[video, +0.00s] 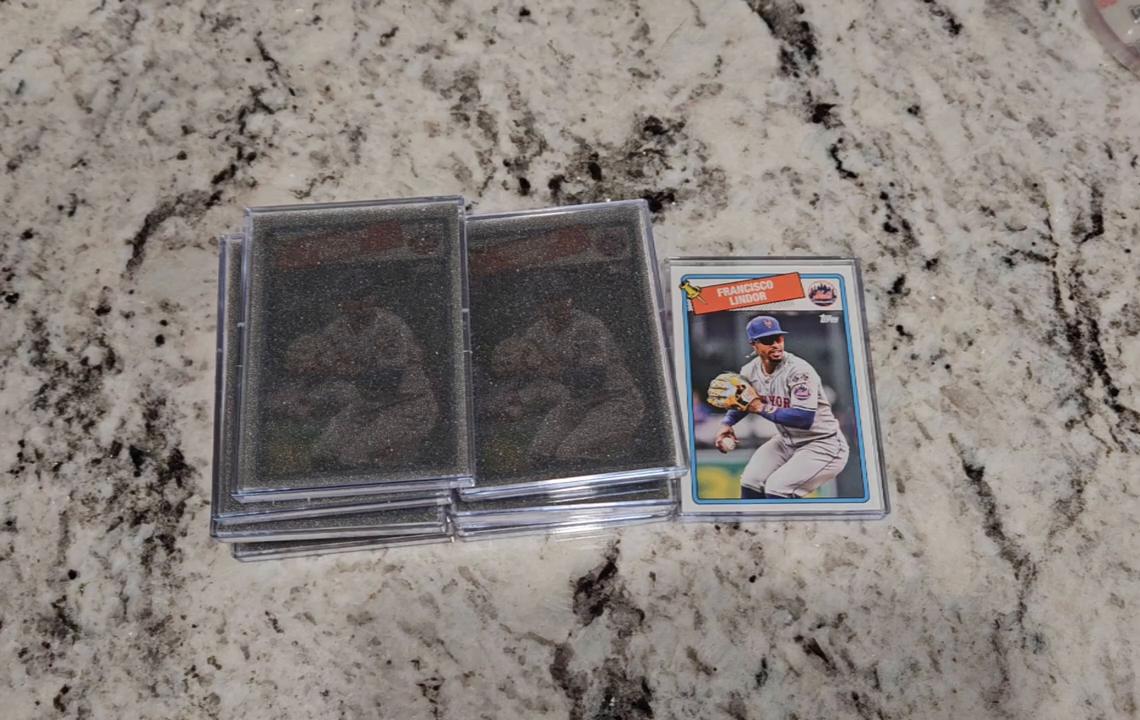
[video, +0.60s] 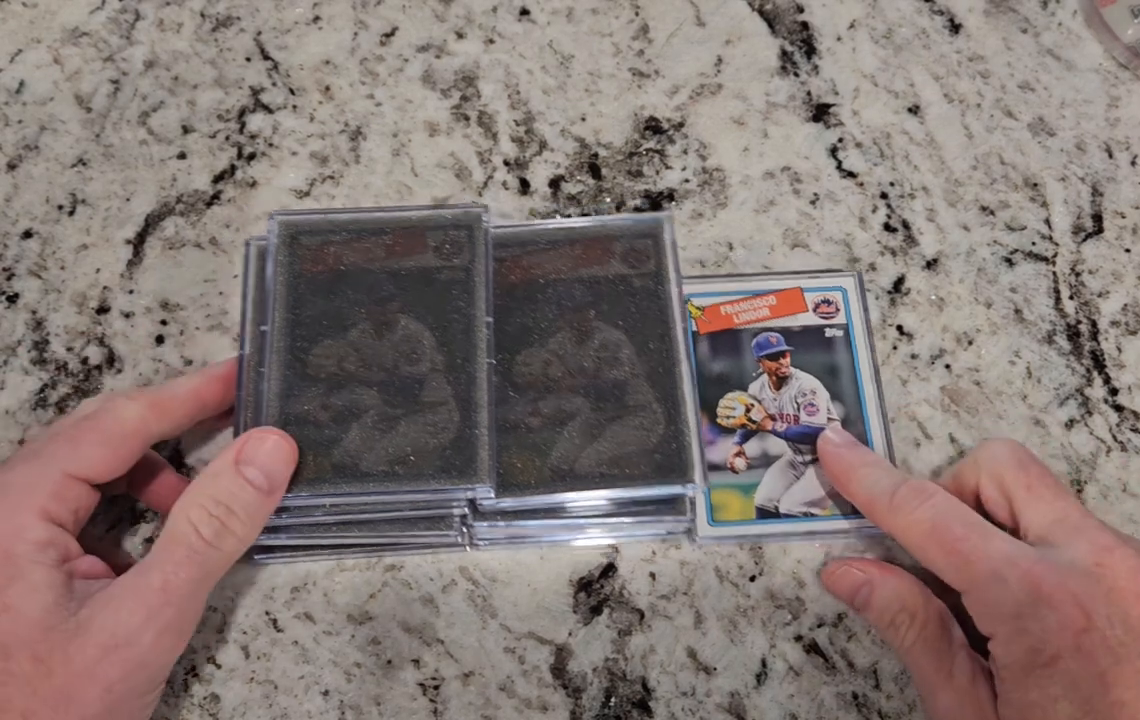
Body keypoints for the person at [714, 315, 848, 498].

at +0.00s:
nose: (776, 346)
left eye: (778, 339)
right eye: (767, 341)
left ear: (783, 339)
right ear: (754, 346)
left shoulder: (800, 371)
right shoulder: (749, 372)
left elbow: (803, 419)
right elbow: (742, 403)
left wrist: (760, 407)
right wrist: (726, 425)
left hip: (824, 446)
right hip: (786, 443)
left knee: (777, 488)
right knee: (751, 482)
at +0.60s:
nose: (782, 362)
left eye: (784, 355)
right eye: (774, 358)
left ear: (789, 355)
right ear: (761, 363)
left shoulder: (808, 386)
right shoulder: (757, 389)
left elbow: (814, 433)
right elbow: (753, 421)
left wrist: (771, 425)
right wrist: (737, 445)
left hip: (826, 462)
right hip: (795, 460)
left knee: (791, 507)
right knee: (764, 503)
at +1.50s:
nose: (816, 389)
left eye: (818, 382)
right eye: (807, 386)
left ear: (823, 382)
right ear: (794, 391)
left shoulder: (842, 415)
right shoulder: (790, 417)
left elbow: (848, 464)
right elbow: (786, 449)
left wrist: (805, 455)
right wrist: (770, 474)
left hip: (867, 489)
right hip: (831, 489)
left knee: (826, 537)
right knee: (799, 533)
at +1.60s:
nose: (816, 390)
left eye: (818, 383)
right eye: (807, 386)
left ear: (823, 382)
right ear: (794, 391)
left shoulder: (842, 415)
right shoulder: (790, 417)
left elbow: (848, 464)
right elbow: (787, 449)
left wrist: (805, 455)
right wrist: (770, 474)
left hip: (867, 490)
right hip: (832, 489)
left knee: (826, 537)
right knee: (799, 532)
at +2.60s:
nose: (798, 385)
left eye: (800, 378)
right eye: (789, 381)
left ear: (804, 377)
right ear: (776, 386)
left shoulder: (824, 410)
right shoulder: (772, 413)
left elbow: (830, 460)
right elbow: (767, 446)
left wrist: (785, 449)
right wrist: (752, 470)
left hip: (853, 485)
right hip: (815, 485)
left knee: (807, 532)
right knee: (781, 529)